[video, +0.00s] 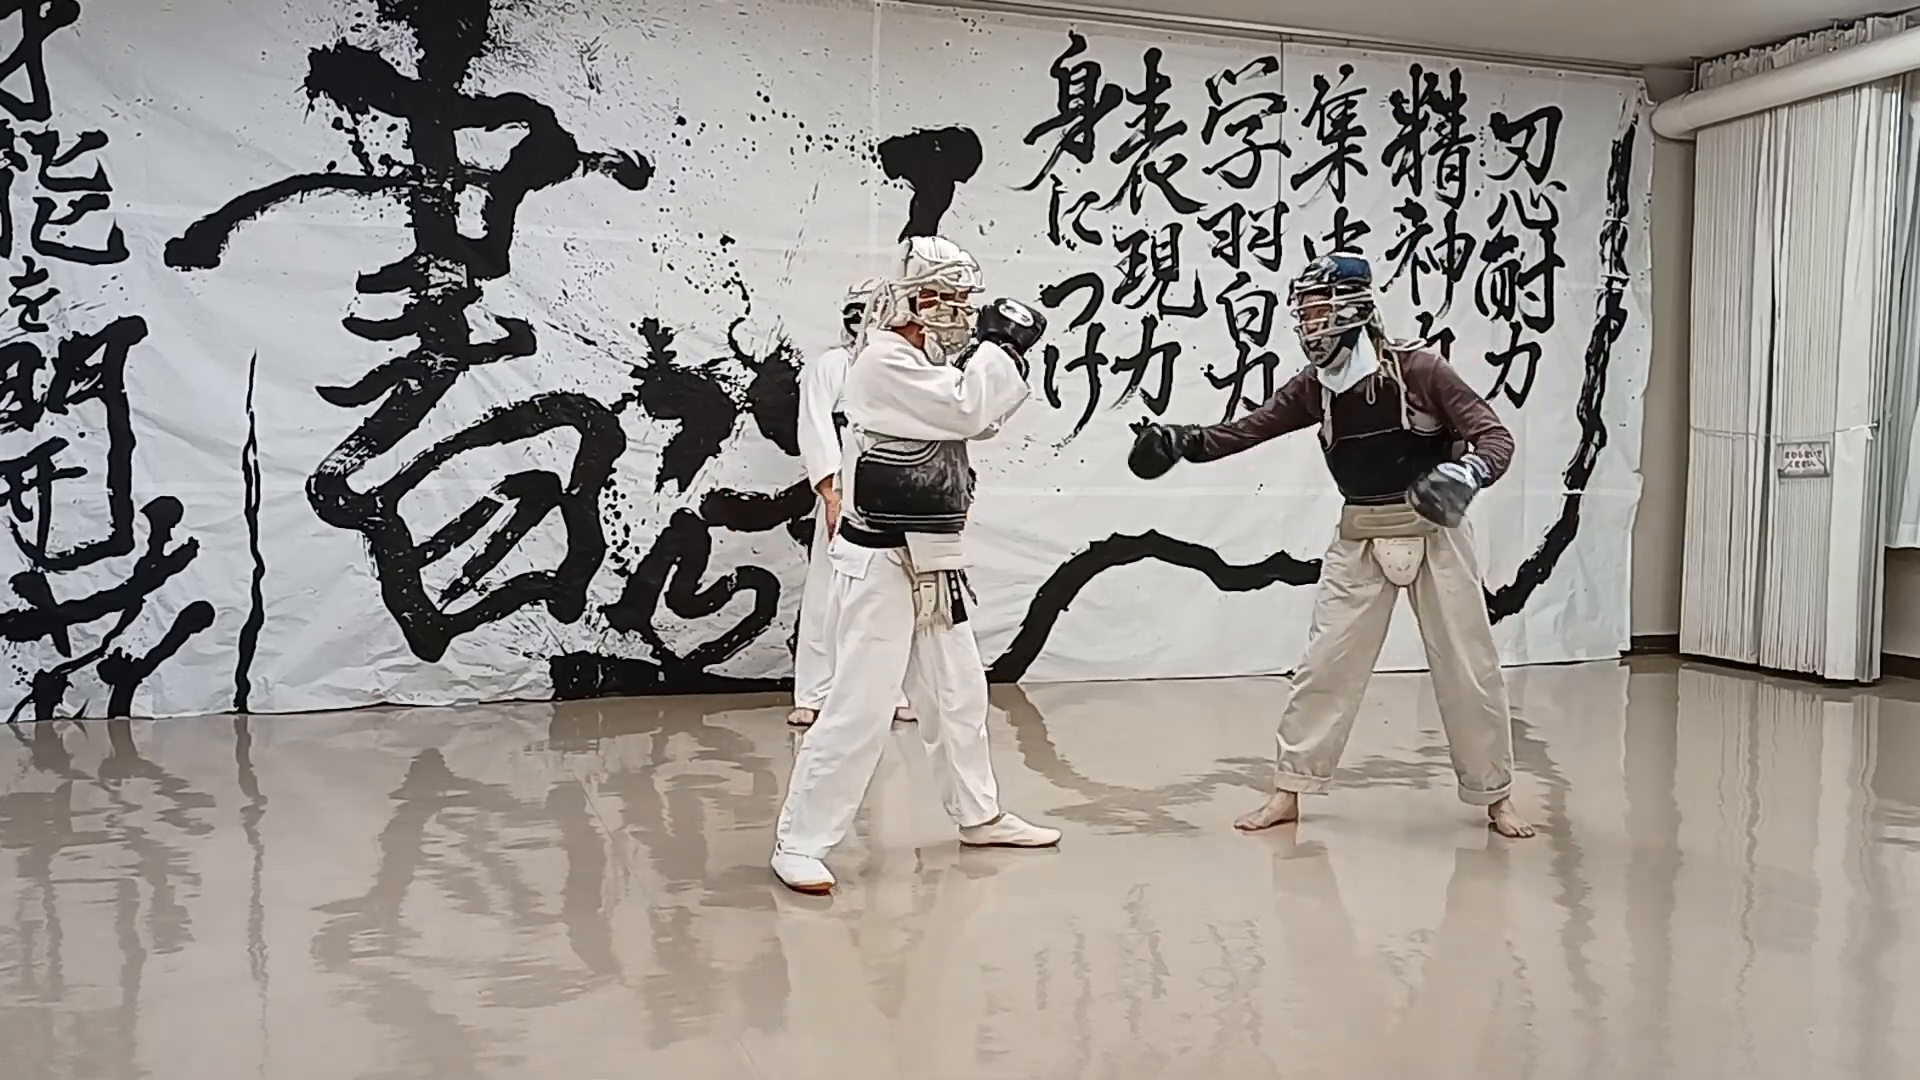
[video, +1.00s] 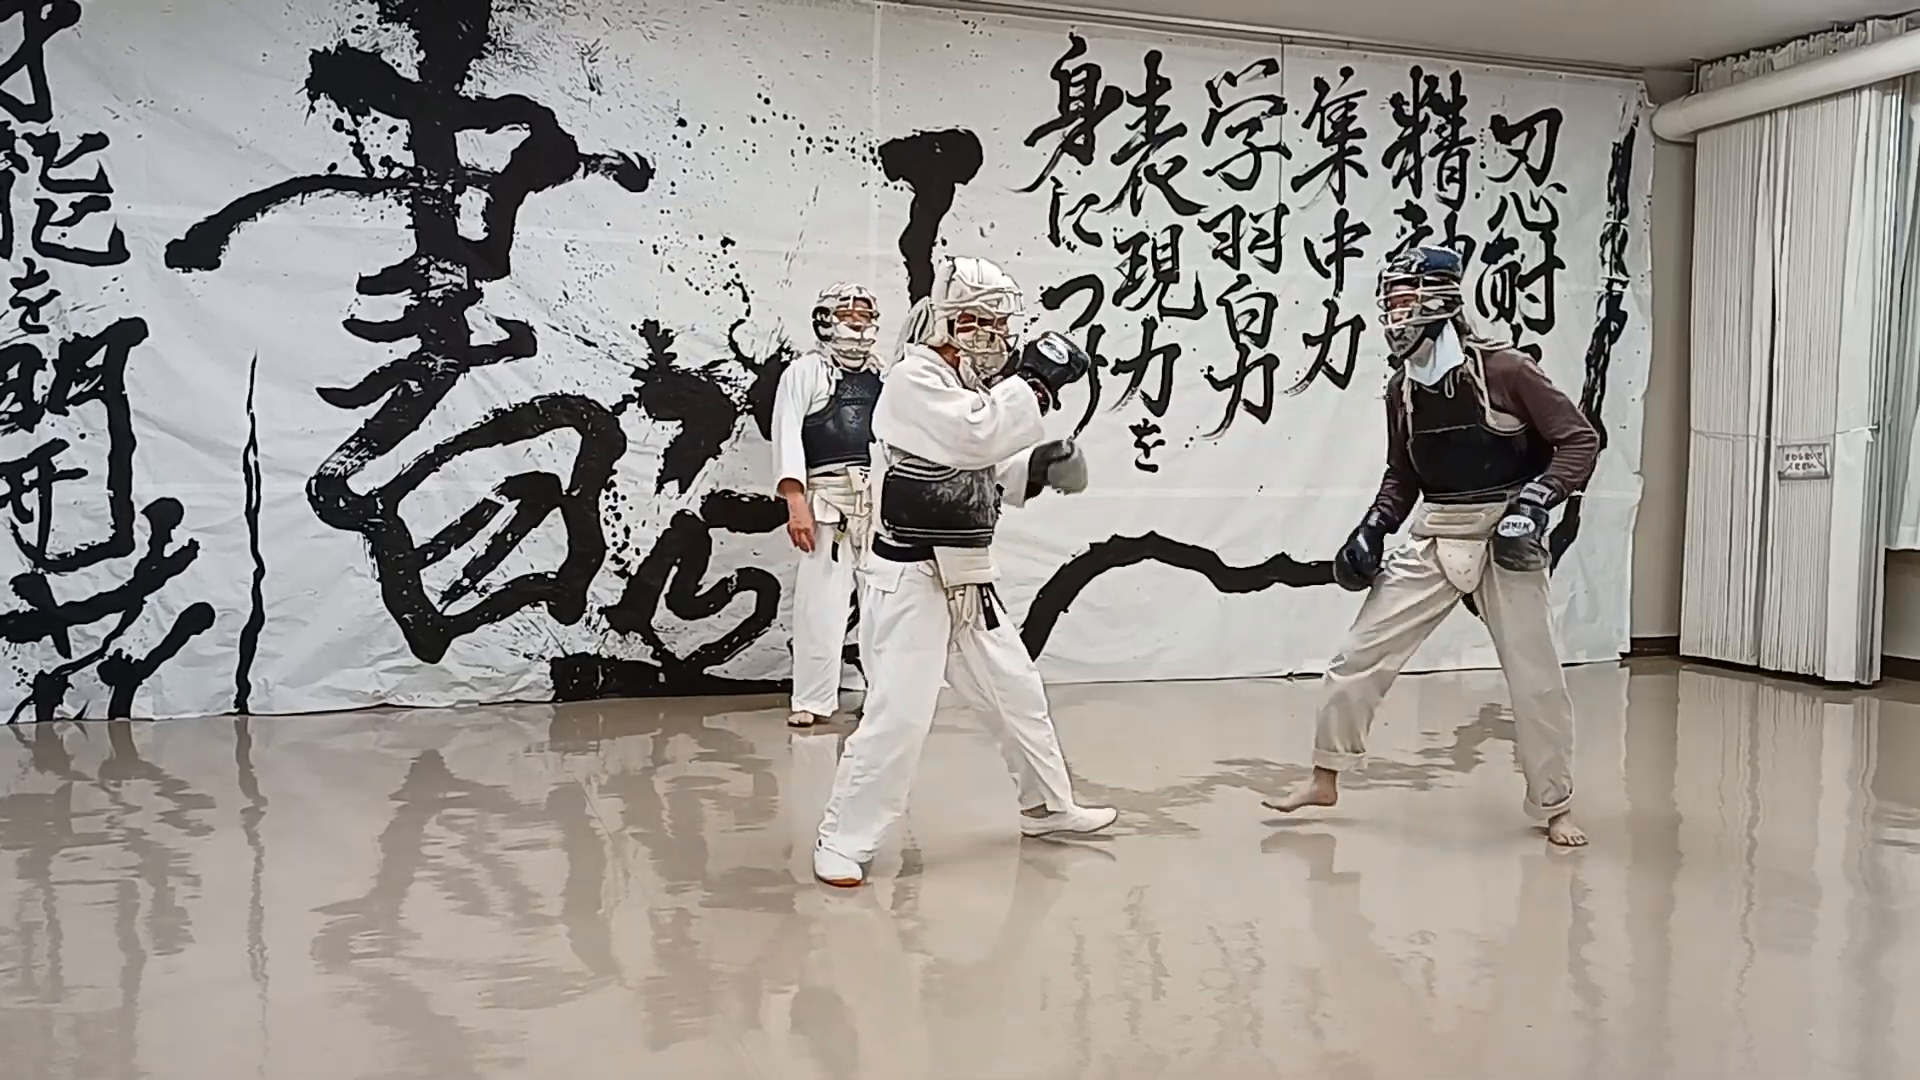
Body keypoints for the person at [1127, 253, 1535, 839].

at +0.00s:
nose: (1309, 325)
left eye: (1320, 312)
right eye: (1304, 315)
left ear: (1356, 310)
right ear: (1300, 319)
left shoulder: (1419, 370)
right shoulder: (1314, 385)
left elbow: (1495, 439)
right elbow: (1249, 427)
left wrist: (1462, 473)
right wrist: (1182, 440)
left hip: (1435, 534)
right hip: (1359, 539)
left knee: (1470, 670)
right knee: (1322, 666)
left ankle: (1498, 802)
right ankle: (1285, 796)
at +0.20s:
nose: (1292, 337)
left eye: (1301, 324)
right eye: (1286, 327)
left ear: (1338, 320)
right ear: (1285, 329)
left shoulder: (1402, 372)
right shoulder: (1299, 391)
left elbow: (1463, 459)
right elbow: (1221, 407)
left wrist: (1410, 414)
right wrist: (1141, 388)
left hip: (1433, 536)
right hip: (1358, 543)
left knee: (1476, 670)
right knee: (1323, 667)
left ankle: (1512, 797)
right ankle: (1284, 796)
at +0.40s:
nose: (1335, 341)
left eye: (1346, 328)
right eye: (1329, 330)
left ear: (1382, 325)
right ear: (1325, 333)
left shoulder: (1442, 383)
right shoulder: (1336, 399)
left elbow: (1460, 480)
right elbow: (1277, 459)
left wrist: (1423, 418)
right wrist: (1224, 459)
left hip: (1456, 549)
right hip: (1377, 553)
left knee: (1506, 682)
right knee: (1327, 672)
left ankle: (1551, 806)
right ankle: (1286, 798)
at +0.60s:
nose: (1394, 323)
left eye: (1406, 311)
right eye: (1389, 312)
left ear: (1443, 312)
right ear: (1386, 316)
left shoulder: (1499, 373)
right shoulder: (1391, 392)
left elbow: (1540, 464)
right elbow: (1379, 476)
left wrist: (1479, 459)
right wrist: (1379, 536)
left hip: (1496, 541)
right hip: (1419, 544)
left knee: (1529, 682)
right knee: (1360, 662)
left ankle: (1551, 810)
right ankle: (1298, 789)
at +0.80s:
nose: (1409, 302)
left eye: (1422, 290)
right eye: (1407, 291)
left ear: (1459, 292)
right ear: (1404, 295)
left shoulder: (1515, 365)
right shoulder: (1407, 373)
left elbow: (1588, 437)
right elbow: (1384, 444)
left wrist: (1545, 501)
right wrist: (1371, 499)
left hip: (1509, 536)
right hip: (1434, 535)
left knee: (1541, 683)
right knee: (1388, 662)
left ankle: (1555, 807)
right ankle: (1368, 794)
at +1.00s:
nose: (1395, 315)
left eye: (1406, 303)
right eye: (1391, 304)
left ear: (1444, 303)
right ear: (1388, 309)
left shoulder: (1503, 370)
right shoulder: (1402, 388)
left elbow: (1579, 440)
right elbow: (1402, 474)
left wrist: (1535, 502)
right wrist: (1372, 530)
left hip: (1503, 530)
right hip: (1428, 533)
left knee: (1535, 678)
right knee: (1359, 655)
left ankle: (1556, 809)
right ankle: (1323, 780)